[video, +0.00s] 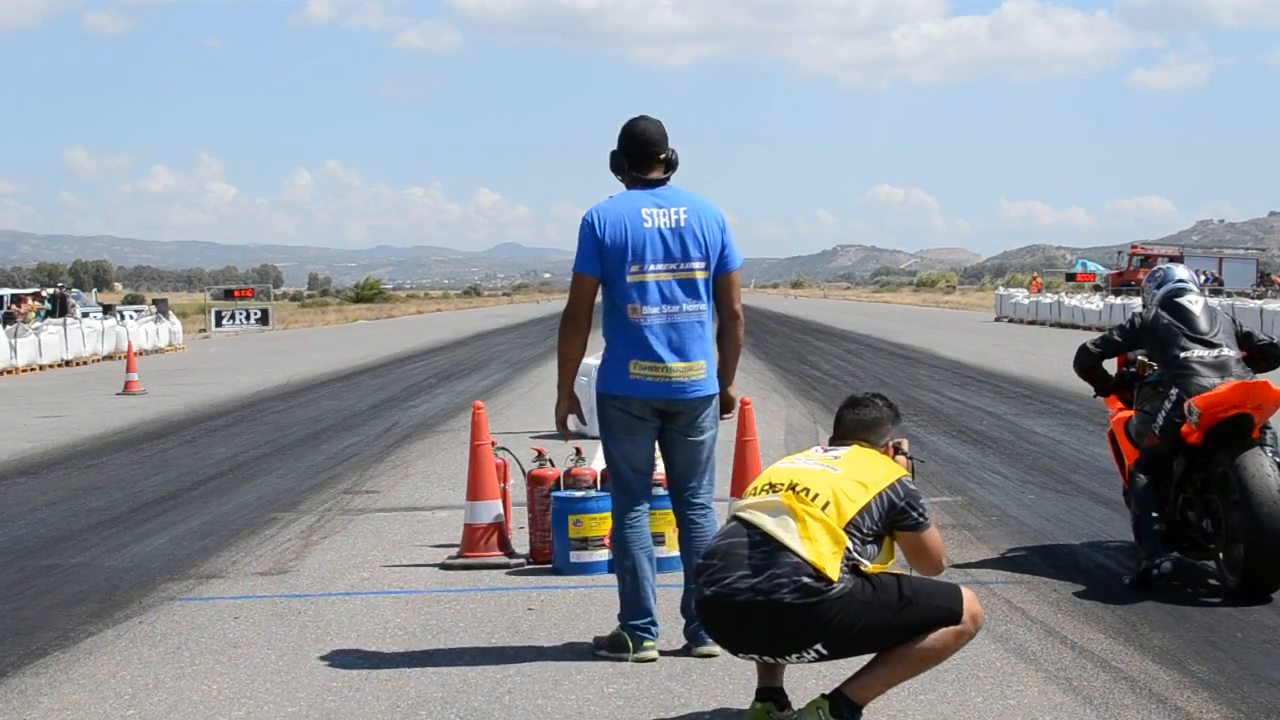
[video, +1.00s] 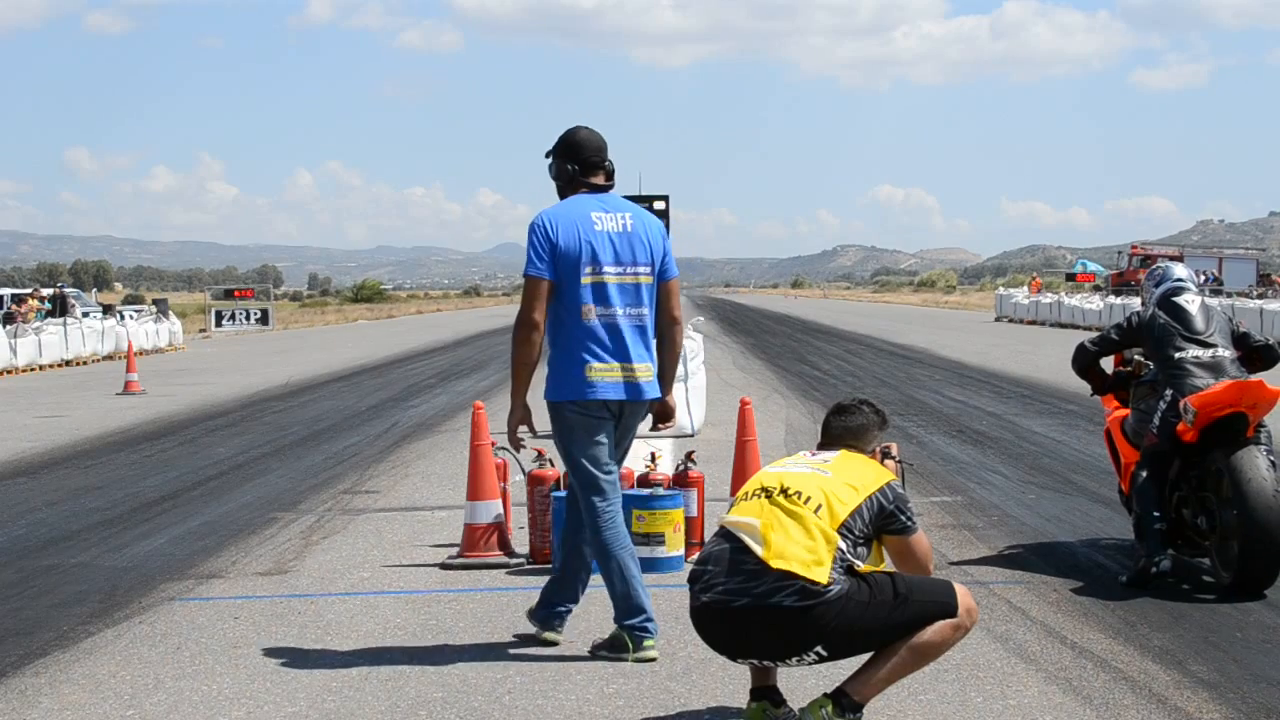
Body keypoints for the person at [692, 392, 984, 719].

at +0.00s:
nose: (899, 447)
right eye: (897, 441)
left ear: (832, 438)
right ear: (889, 447)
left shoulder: (792, 460)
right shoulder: (891, 478)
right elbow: (932, 565)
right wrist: (904, 481)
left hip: (718, 608)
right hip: (800, 611)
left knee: (777, 568)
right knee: (967, 612)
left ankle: (769, 696)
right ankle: (839, 707)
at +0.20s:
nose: (898, 452)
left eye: (897, 446)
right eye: (896, 445)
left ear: (829, 440)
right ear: (887, 449)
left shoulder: (789, 463)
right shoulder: (888, 480)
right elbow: (930, 567)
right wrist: (903, 485)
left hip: (717, 611)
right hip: (800, 613)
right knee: (966, 612)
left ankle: (768, 697)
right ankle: (838, 708)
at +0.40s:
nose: (894, 454)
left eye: (892, 446)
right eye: (892, 446)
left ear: (826, 441)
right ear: (882, 450)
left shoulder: (787, 463)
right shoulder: (884, 480)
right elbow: (926, 571)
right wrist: (899, 487)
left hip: (715, 613)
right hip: (800, 614)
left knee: (774, 567)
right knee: (965, 610)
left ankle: (765, 697)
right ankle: (841, 707)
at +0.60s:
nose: (891, 454)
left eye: (890, 447)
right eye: (889, 447)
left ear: (823, 443)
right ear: (878, 451)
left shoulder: (782, 464)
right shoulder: (882, 481)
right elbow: (924, 572)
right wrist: (897, 488)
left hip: (715, 615)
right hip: (801, 617)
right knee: (963, 608)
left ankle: (764, 696)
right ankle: (840, 707)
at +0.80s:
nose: (887, 452)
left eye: (885, 447)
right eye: (885, 446)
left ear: (820, 442)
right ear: (875, 450)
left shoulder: (781, 464)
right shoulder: (879, 481)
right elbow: (920, 570)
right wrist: (894, 488)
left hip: (714, 617)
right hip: (802, 618)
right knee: (962, 607)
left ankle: (763, 696)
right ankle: (840, 706)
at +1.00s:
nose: (886, 451)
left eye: (884, 446)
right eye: (884, 444)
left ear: (819, 443)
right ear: (873, 449)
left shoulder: (780, 464)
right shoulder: (879, 481)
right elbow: (920, 570)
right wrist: (893, 487)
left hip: (714, 616)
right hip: (802, 618)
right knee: (962, 607)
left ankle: (764, 695)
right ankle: (841, 705)